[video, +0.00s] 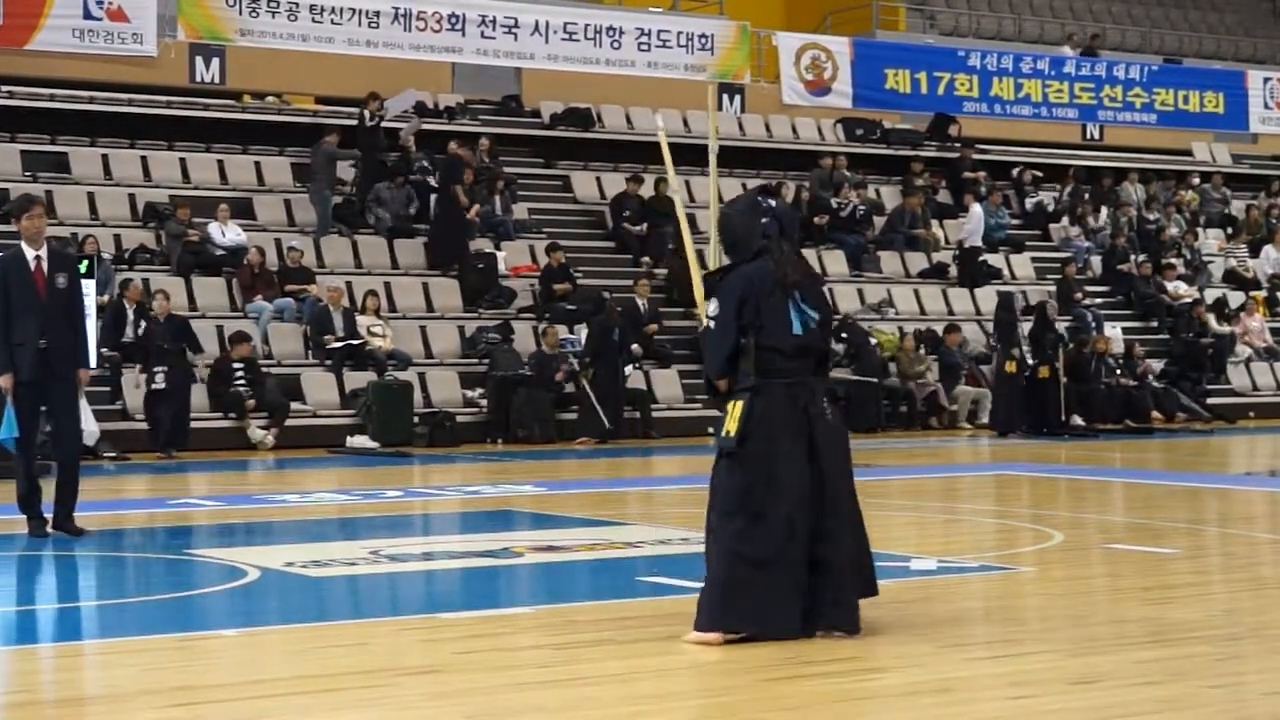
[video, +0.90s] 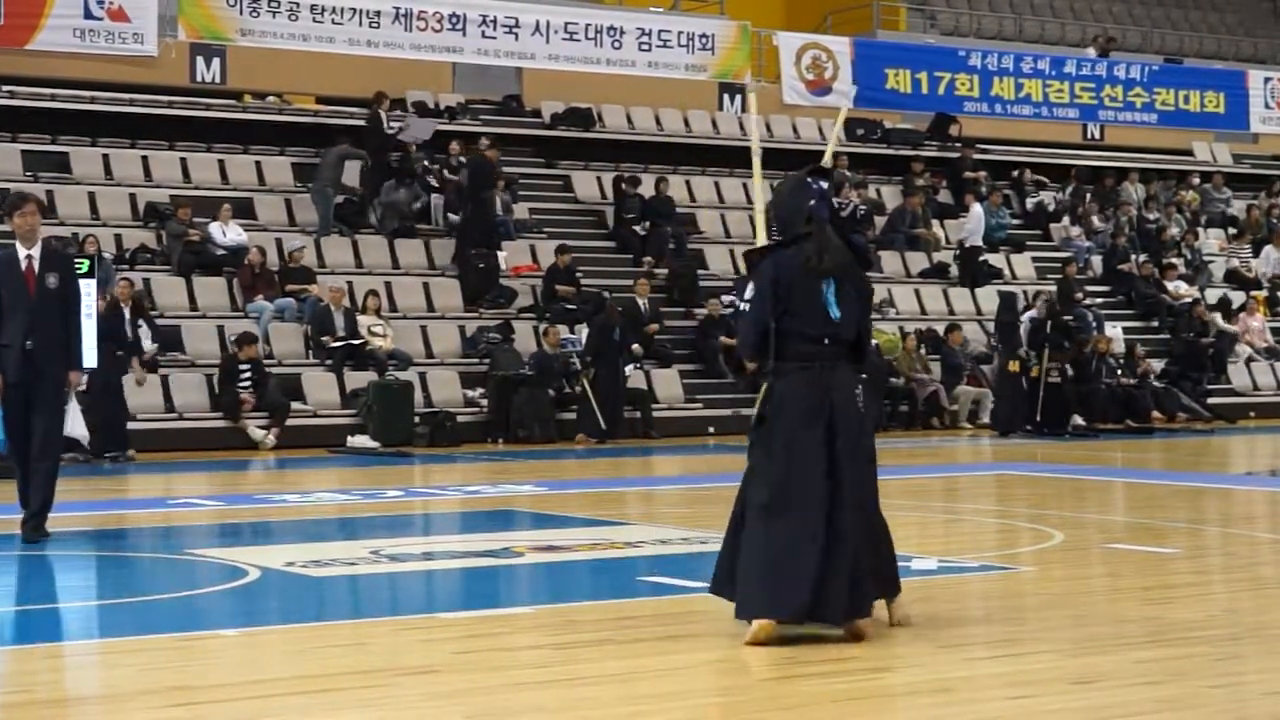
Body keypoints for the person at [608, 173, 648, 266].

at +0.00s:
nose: (635, 188)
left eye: (637, 185)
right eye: (633, 184)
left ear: (639, 187)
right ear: (627, 184)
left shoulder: (641, 200)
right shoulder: (617, 199)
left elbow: (646, 215)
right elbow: (617, 219)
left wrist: (644, 225)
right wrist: (631, 228)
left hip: (639, 227)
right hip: (624, 228)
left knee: (649, 238)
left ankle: (646, 259)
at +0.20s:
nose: (633, 186)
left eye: (635, 183)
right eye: (631, 182)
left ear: (638, 184)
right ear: (627, 183)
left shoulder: (641, 199)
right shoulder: (618, 197)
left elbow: (645, 214)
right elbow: (616, 217)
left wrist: (644, 225)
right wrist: (633, 225)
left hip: (638, 229)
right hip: (622, 228)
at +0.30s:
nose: (633, 184)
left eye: (636, 182)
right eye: (631, 181)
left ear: (638, 183)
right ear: (626, 181)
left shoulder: (642, 199)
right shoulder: (618, 196)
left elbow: (646, 214)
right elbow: (610, 213)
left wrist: (646, 226)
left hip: (638, 228)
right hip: (621, 228)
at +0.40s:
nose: (630, 183)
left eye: (633, 181)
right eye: (629, 180)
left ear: (637, 183)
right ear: (626, 181)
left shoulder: (641, 198)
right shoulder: (620, 196)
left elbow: (647, 213)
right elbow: (608, 201)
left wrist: (646, 223)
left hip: (638, 227)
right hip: (622, 228)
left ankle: (648, 259)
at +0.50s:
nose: (630, 184)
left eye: (633, 181)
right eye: (629, 180)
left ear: (637, 183)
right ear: (626, 181)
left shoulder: (641, 197)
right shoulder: (620, 195)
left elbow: (647, 212)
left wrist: (646, 223)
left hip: (638, 228)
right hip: (622, 228)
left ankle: (649, 258)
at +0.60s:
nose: (630, 183)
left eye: (633, 181)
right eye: (629, 180)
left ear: (637, 183)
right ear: (626, 181)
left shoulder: (641, 197)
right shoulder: (620, 194)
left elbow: (647, 211)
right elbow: (609, 182)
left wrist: (646, 222)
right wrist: (615, 175)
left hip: (638, 227)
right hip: (622, 228)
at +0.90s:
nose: (628, 189)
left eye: (630, 187)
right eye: (627, 186)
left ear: (635, 187)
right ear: (625, 185)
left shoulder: (640, 198)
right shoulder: (620, 197)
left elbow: (646, 212)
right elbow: (616, 182)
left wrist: (646, 222)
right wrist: (620, 176)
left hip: (638, 226)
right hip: (623, 227)